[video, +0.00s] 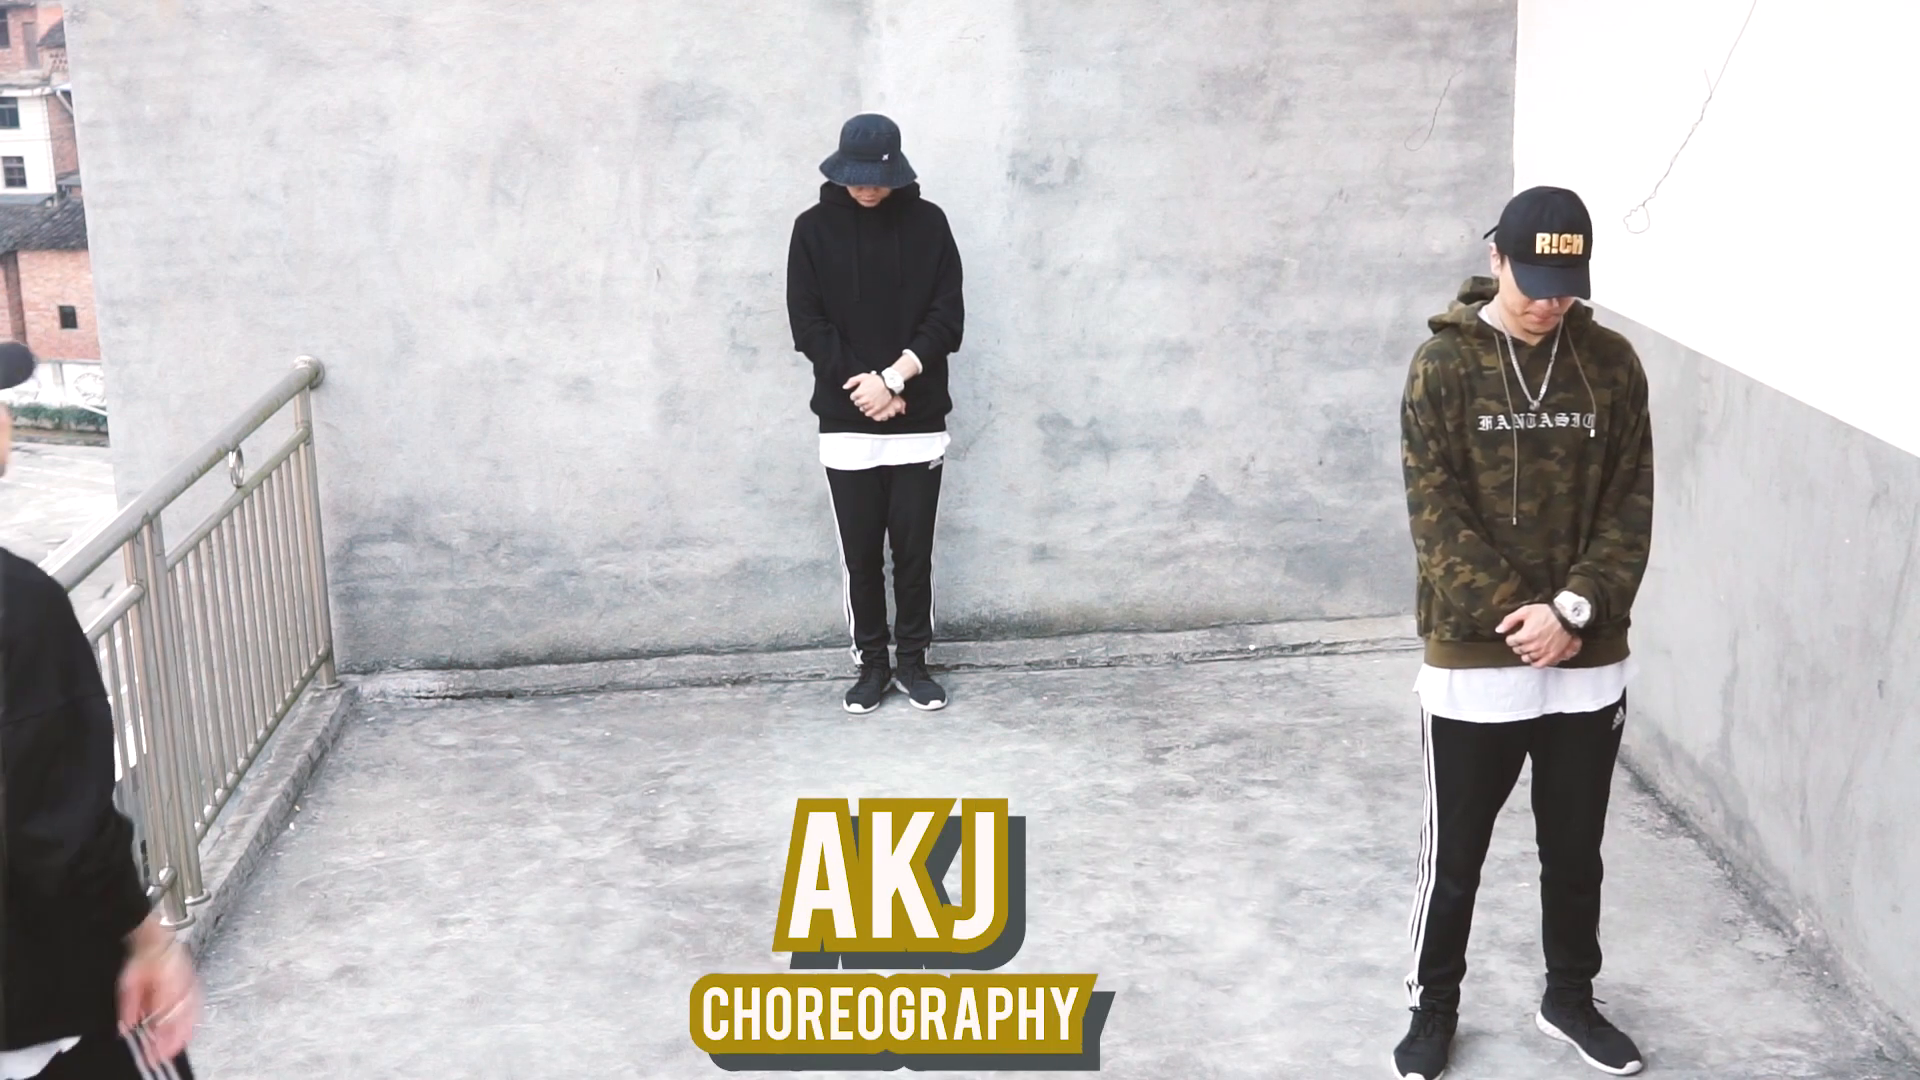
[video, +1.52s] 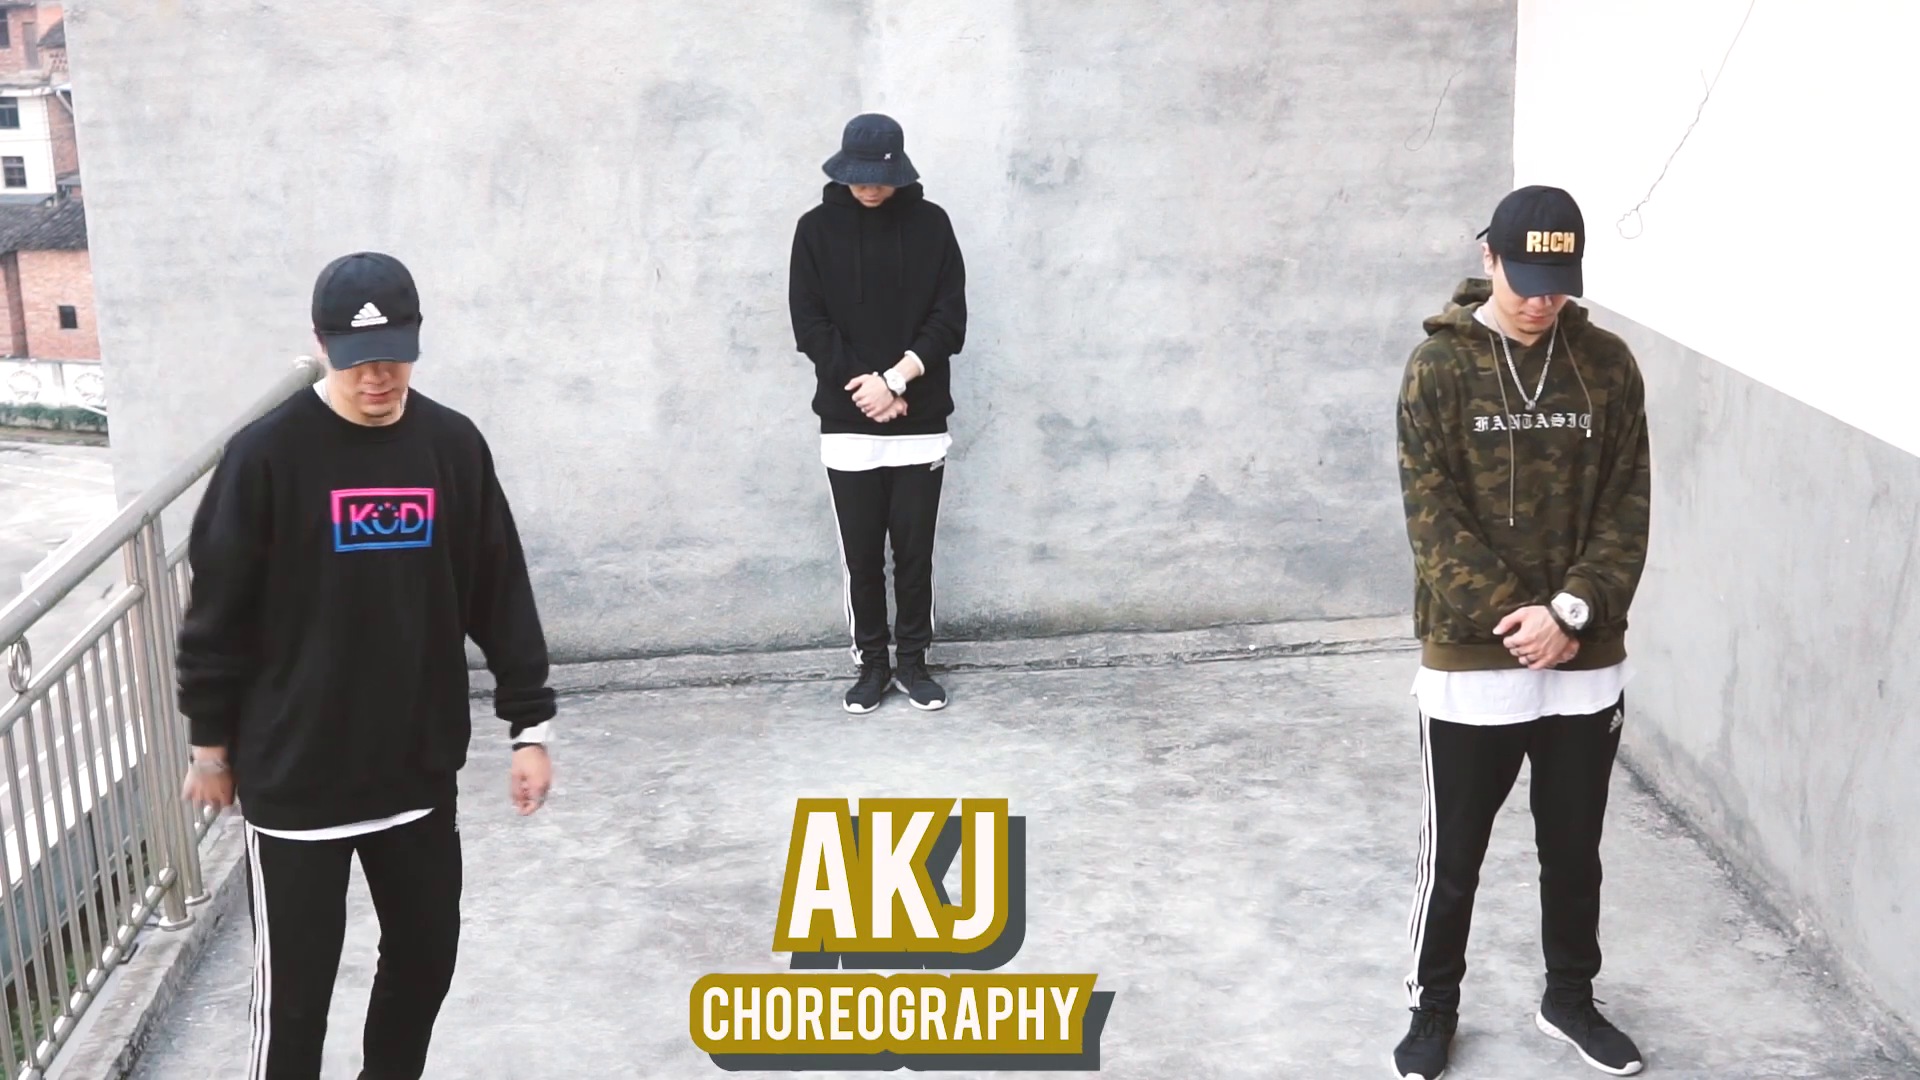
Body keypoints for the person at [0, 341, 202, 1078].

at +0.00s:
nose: (9, 422)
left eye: (7, 398)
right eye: (7, 401)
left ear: (6, 426)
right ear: (3, 425)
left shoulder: (30, 602)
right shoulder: (24, 604)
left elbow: (65, 810)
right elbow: (62, 818)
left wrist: (141, 931)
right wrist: (141, 931)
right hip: (46, 1040)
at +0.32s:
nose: (167, 408)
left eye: (162, 393)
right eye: (157, 396)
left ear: (47, 420)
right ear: (121, 428)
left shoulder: (8, 527)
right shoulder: (142, 590)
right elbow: (123, 787)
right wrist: (86, 953)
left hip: (15, 934)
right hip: (146, 932)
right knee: (216, 1068)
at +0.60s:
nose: (303, 419)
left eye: (300, 402)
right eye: (289, 402)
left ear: (214, 408)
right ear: (223, 412)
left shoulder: (95, 496)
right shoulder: (234, 562)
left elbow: (84, 688)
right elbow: (270, 757)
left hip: (132, 849)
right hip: (249, 869)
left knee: (179, 1006)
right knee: (297, 1038)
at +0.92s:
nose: (340, 384)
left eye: (335, 369)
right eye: (318, 378)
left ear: (253, 401)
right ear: (252, 400)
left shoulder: (234, 462)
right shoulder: (229, 521)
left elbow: (273, 649)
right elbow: (398, 632)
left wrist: (358, 740)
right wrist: (439, 491)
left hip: (301, 801)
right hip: (294, 830)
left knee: (330, 1019)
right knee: (324, 1049)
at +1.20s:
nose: (382, 379)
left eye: (381, 361)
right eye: (362, 367)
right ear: (294, 376)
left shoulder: (371, 440)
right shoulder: (245, 484)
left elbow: (411, 588)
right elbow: (276, 645)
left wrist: (444, 725)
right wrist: (375, 591)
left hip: (391, 771)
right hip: (308, 793)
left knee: (408, 976)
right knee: (329, 1016)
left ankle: (376, 1077)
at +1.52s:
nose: (383, 376)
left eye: (397, 357)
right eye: (362, 361)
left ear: (416, 346)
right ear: (322, 349)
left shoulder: (454, 445)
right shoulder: (263, 457)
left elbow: (501, 591)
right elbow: (216, 605)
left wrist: (529, 729)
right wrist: (212, 745)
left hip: (415, 762)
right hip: (295, 769)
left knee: (425, 963)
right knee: (299, 988)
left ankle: (386, 1075)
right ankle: (290, 1079)